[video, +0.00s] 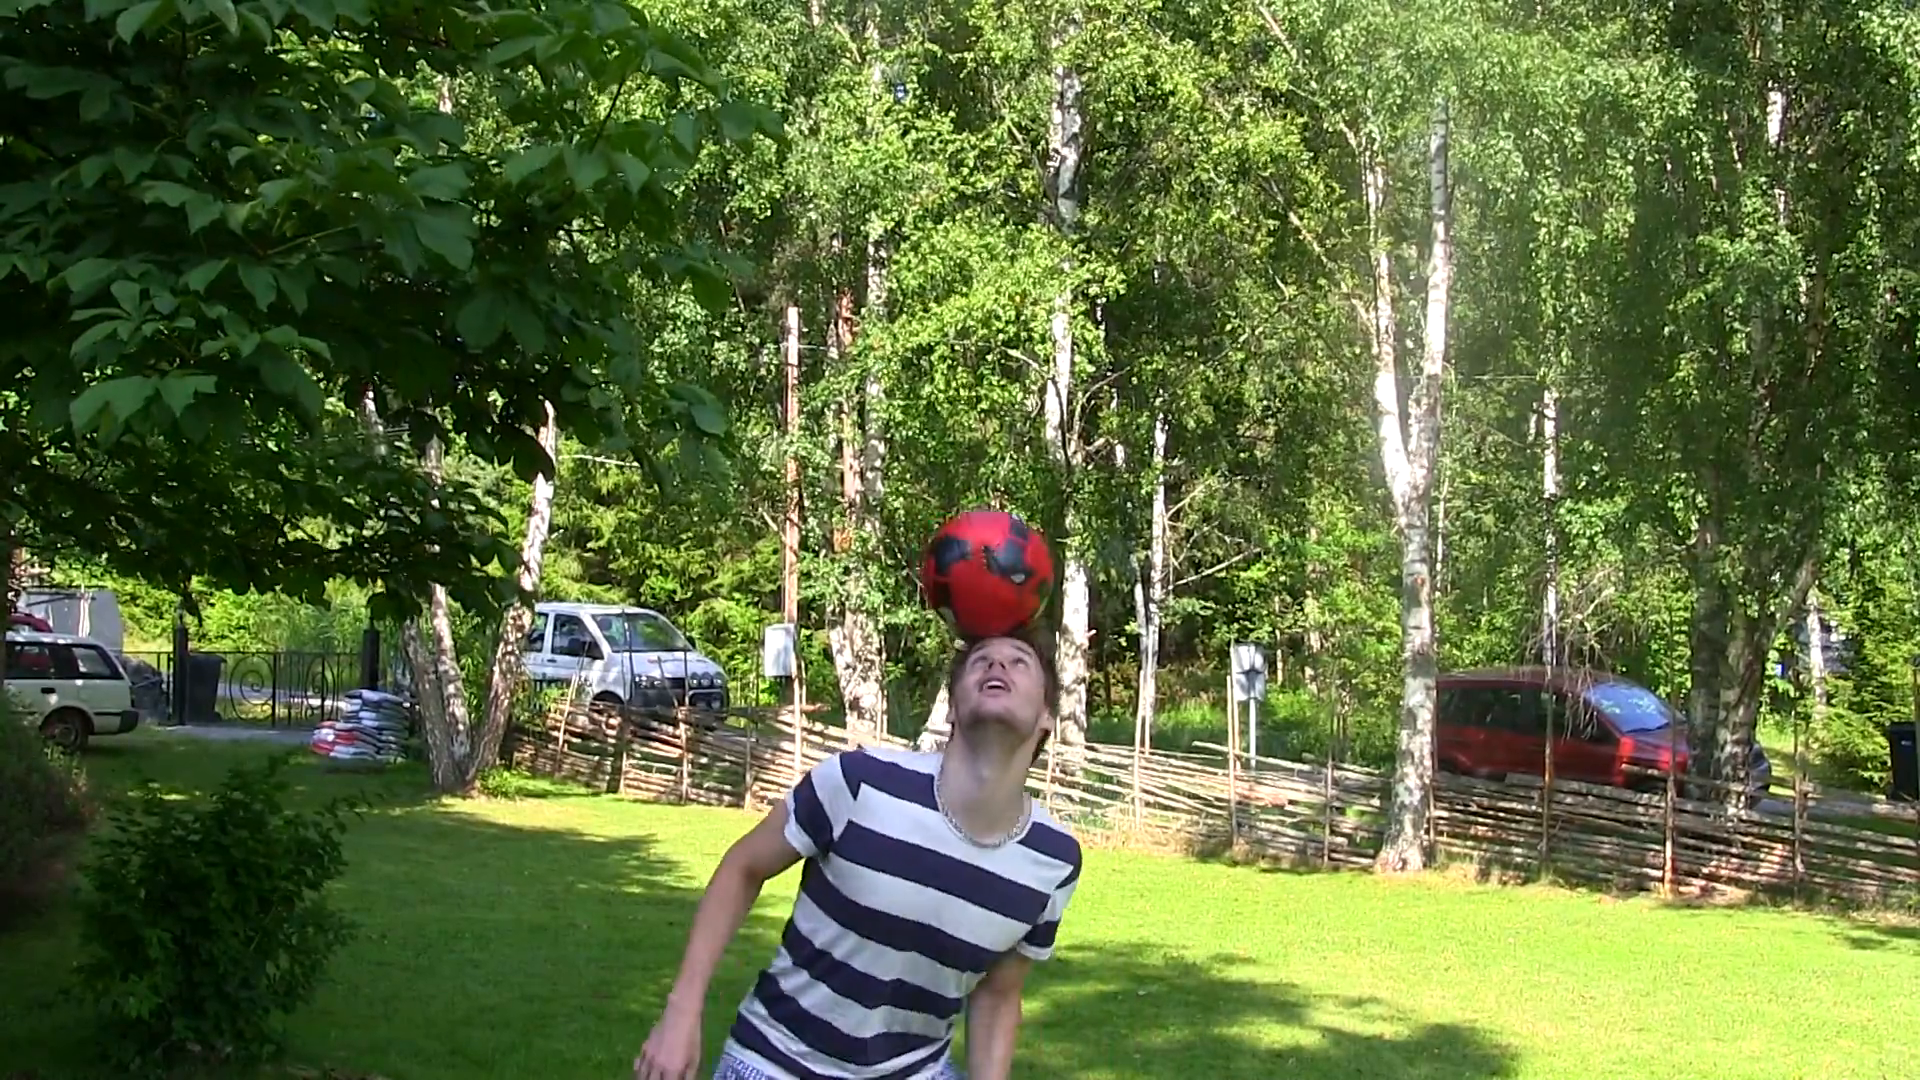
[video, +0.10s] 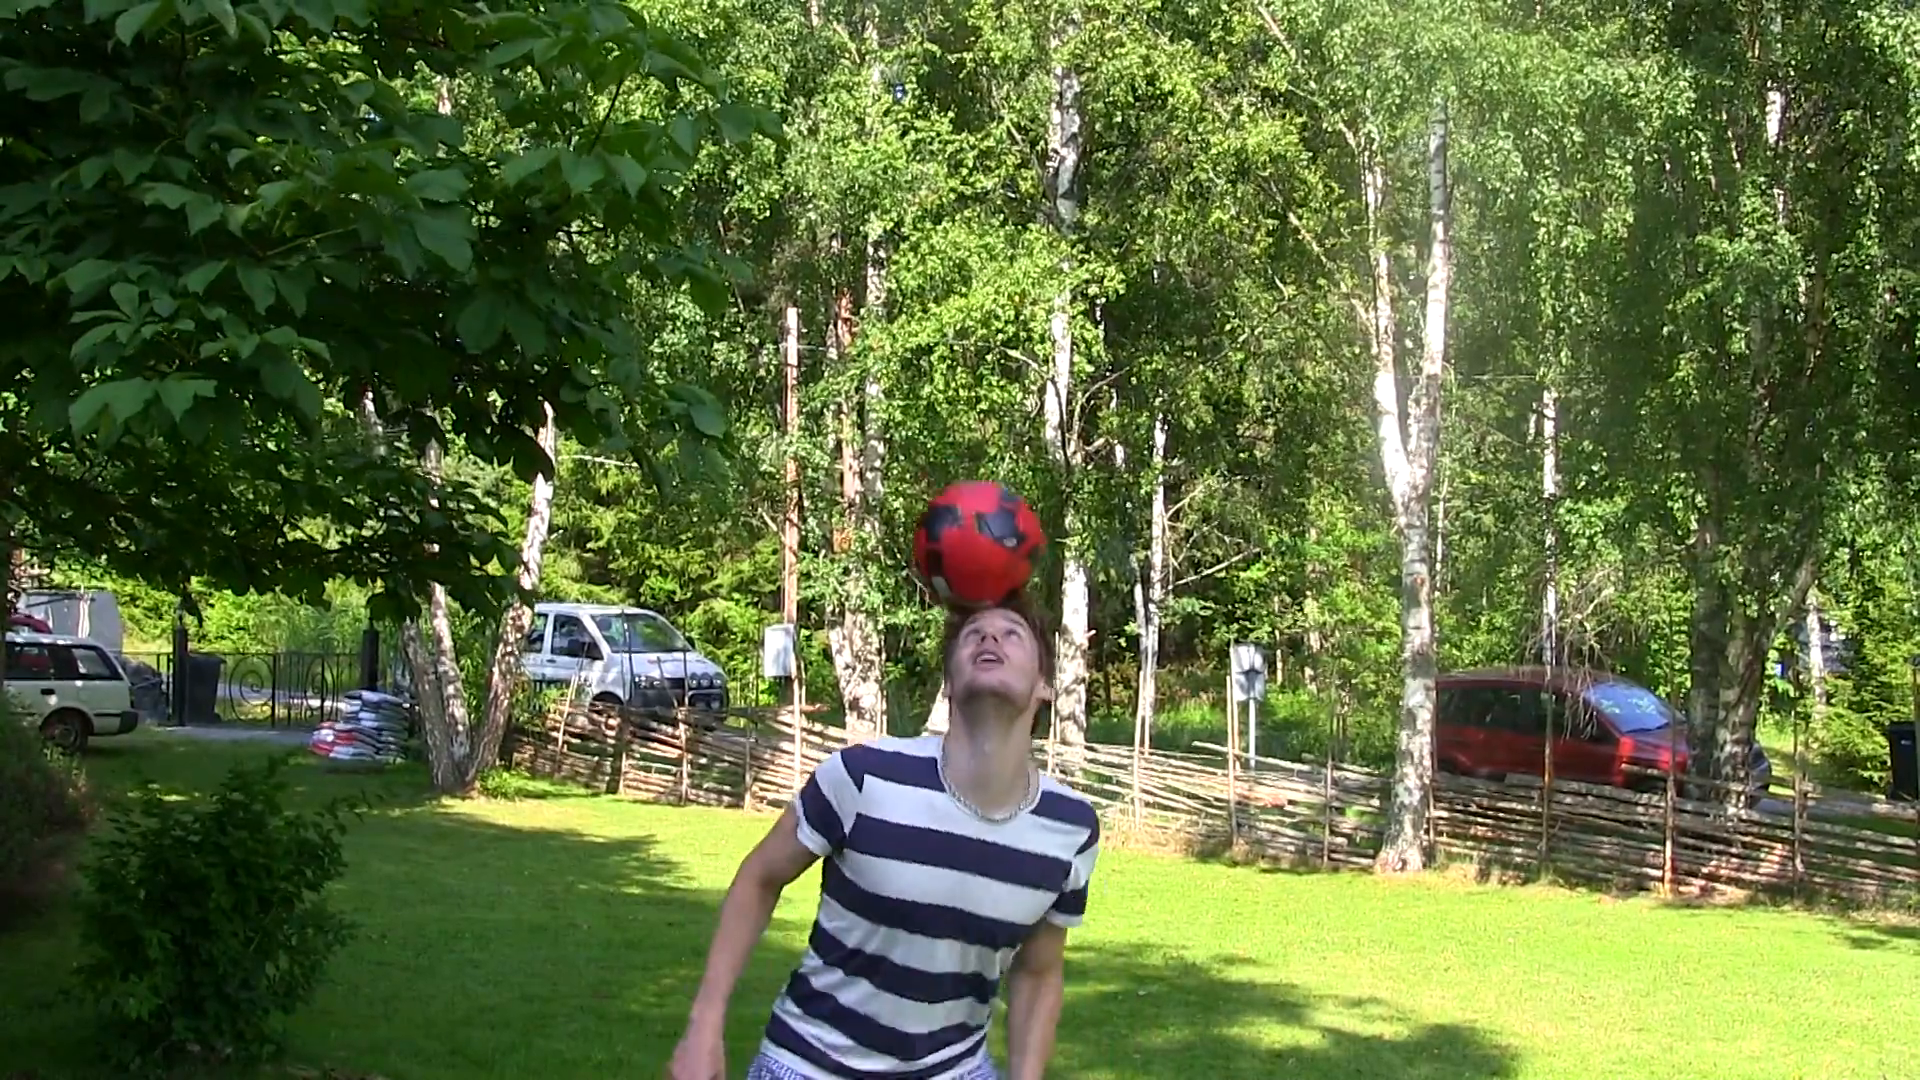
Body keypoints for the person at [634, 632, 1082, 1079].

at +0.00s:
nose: (996, 663)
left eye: (1020, 661)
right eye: (978, 662)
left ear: (1046, 719)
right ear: (953, 708)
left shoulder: (1054, 861)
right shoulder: (859, 781)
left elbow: (998, 995)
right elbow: (742, 869)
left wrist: (989, 1077)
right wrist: (681, 1012)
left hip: (913, 1067)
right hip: (779, 1053)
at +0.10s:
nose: (990, 638)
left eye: (1013, 634)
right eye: (972, 636)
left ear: (1044, 686)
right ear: (947, 684)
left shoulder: (1071, 826)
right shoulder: (861, 775)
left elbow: (1039, 973)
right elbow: (759, 878)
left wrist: (1026, 1073)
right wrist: (704, 1026)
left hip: (955, 1063)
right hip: (815, 1055)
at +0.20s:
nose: (967, 602)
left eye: (988, 599)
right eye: (949, 602)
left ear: (1019, 650)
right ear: (925, 655)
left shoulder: (1071, 785)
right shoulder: (850, 760)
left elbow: (1073, 942)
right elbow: (779, 885)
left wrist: (1076, 1071)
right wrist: (740, 1031)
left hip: (989, 1059)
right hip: (845, 1055)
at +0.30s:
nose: (930, 580)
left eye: (950, 577)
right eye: (910, 578)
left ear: (978, 631)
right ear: (883, 630)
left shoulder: (1055, 748)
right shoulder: (828, 757)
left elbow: (1086, 913)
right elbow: (793, 892)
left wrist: (1115, 1062)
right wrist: (760, 1036)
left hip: (1008, 1055)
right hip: (861, 1057)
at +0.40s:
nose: (883, 568)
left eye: (900, 567)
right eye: (860, 568)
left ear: (925, 615)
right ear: (828, 624)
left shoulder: (1021, 721)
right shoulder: (795, 771)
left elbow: (1081, 885)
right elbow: (788, 912)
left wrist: (1125, 1043)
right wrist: (754, 1049)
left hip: (1016, 1052)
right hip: (867, 1058)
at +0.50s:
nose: (837, 570)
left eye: (855, 569)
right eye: (815, 569)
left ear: (880, 619)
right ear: (782, 624)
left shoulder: (980, 708)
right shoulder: (762, 784)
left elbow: (1062, 868)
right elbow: (762, 944)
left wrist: (1118, 1027)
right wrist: (734, 1070)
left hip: (1007, 1053)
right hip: (853, 1063)